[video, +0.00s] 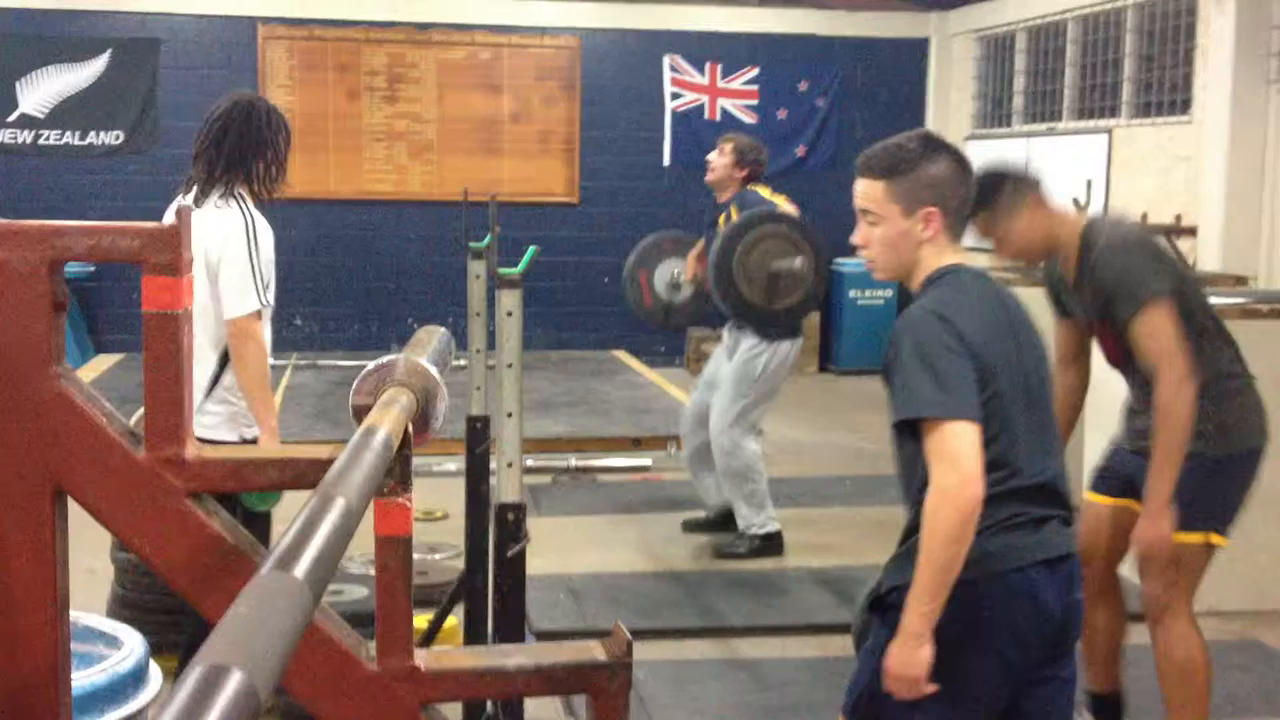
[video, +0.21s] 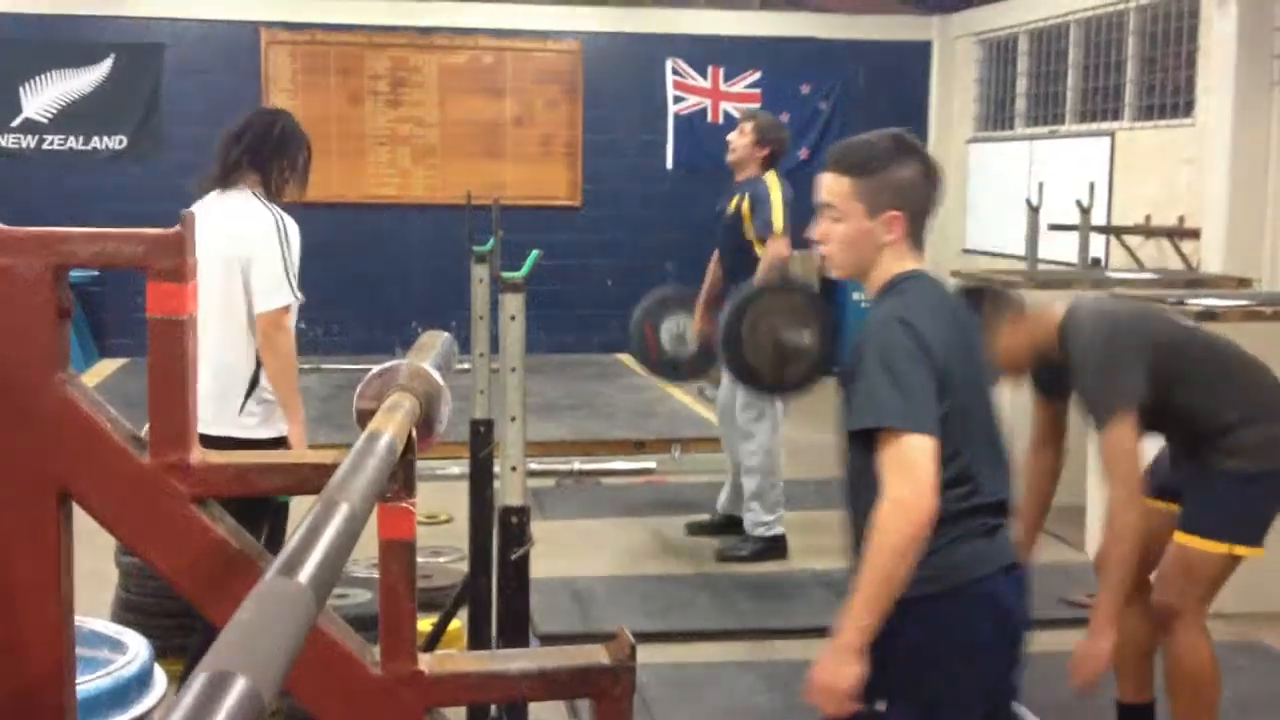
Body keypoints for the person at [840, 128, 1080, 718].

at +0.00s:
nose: (856, 239)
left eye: (869, 220)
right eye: (858, 219)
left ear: (926, 223)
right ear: (931, 225)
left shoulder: (927, 322)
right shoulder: (1000, 302)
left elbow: (957, 485)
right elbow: (1029, 453)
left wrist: (914, 630)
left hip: (980, 591)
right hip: (1050, 575)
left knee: (880, 704)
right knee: (1042, 707)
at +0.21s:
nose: (816, 231)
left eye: (832, 215)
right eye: (820, 213)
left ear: (889, 226)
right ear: (893, 229)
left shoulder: (892, 325)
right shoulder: (940, 307)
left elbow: (909, 500)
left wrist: (847, 645)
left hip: (938, 603)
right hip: (984, 585)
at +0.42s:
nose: (755, 230)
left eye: (770, 212)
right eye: (757, 211)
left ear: (830, 219)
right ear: (832, 221)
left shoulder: (842, 321)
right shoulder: (874, 301)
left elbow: (859, 497)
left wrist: (766, 635)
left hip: (859, 619)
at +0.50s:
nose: (739, 228)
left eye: (752, 210)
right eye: (741, 210)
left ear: (809, 217)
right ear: (812, 220)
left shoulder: (822, 322)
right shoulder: (854, 302)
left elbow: (833, 498)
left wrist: (743, 646)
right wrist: (773, 582)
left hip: (839, 616)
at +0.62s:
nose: (708, 228)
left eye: (724, 209)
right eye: (711, 208)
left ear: (782, 217)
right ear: (784, 220)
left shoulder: (795, 328)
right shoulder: (825, 306)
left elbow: (805, 509)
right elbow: (802, 478)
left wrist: (718, 659)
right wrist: (734, 566)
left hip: (808, 628)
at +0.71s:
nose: (692, 232)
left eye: (708, 213)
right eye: (695, 213)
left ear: (768, 222)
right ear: (768, 223)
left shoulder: (784, 330)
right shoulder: (797, 309)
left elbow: (795, 513)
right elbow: (779, 481)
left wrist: (711, 661)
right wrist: (716, 570)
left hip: (790, 636)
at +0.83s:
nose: (671, 241)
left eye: (691, 222)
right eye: (673, 222)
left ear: (751, 230)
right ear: (749, 231)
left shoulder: (771, 336)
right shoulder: (751, 323)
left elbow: (780, 521)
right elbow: (738, 494)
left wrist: (706, 671)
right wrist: (686, 607)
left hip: (761, 641)